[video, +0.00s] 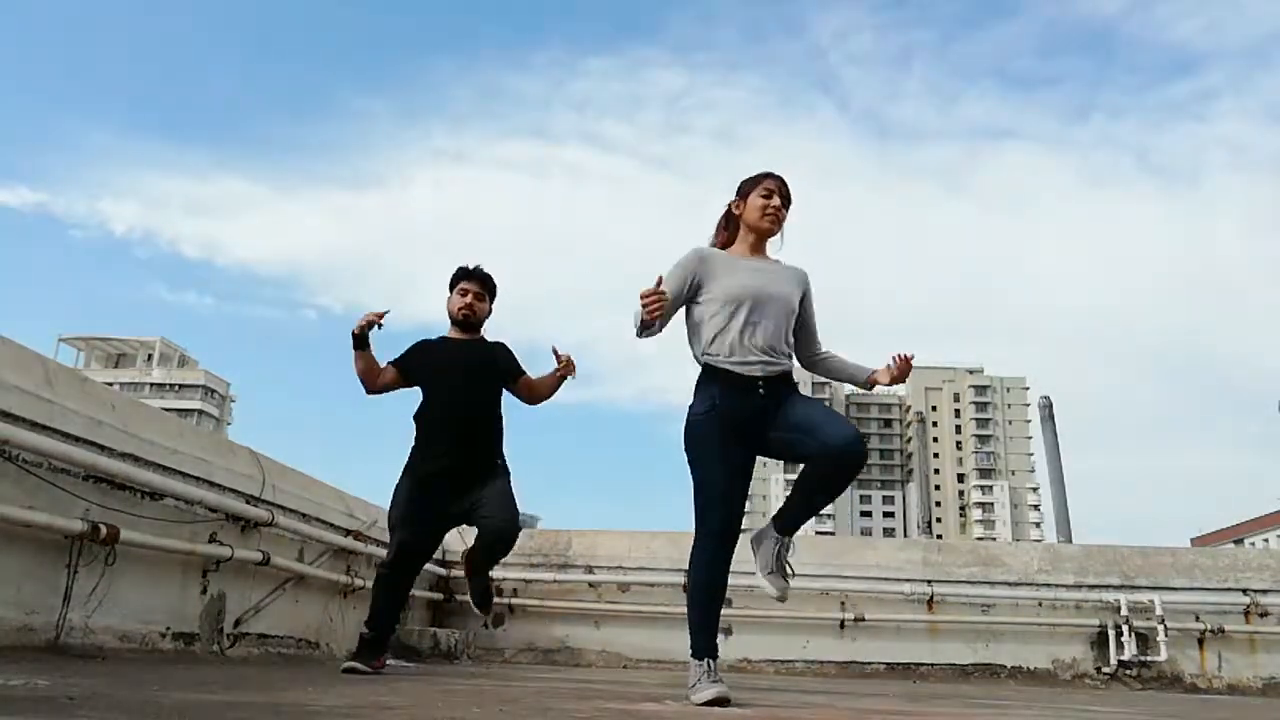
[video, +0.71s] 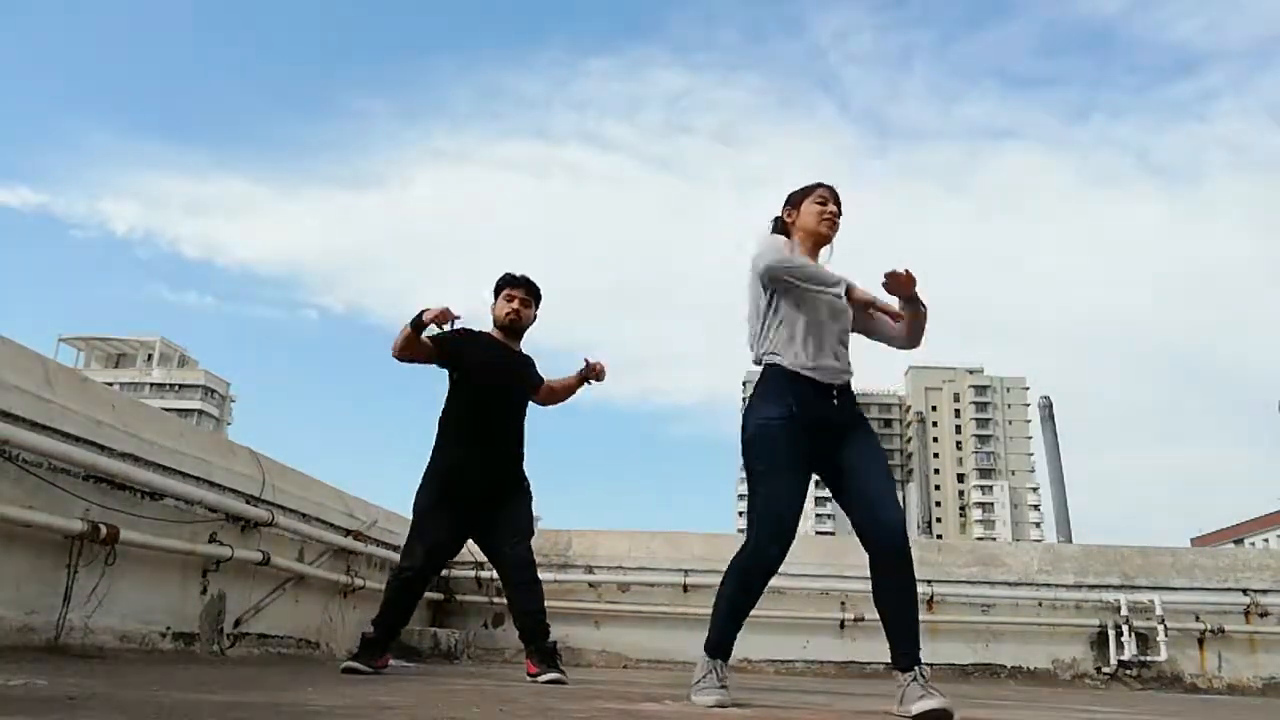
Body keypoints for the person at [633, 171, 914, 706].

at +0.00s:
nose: (775, 205)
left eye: (782, 201)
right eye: (765, 195)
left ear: (785, 217)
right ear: (738, 205)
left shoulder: (794, 279)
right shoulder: (702, 260)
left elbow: (812, 356)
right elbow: (647, 328)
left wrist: (874, 375)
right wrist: (647, 315)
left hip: (780, 403)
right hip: (720, 403)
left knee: (847, 447)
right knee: (717, 534)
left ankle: (776, 536)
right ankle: (703, 664)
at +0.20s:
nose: (783, 207)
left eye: (791, 204)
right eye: (774, 197)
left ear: (791, 220)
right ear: (746, 206)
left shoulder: (792, 279)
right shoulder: (714, 256)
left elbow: (791, 360)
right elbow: (675, 326)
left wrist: (836, 360)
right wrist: (629, 277)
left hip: (787, 400)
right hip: (730, 396)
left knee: (863, 454)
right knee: (724, 532)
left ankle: (814, 556)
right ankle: (706, 665)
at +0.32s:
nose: (789, 213)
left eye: (796, 209)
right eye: (779, 203)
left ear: (797, 226)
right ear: (750, 212)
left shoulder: (804, 285)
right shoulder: (723, 257)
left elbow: (810, 363)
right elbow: (694, 332)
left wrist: (869, 346)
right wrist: (709, 289)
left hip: (796, 409)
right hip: (737, 403)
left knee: (865, 497)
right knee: (733, 537)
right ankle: (708, 667)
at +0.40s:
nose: (794, 224)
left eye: (800, 220)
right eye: (783, 215)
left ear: (802, 237)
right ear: (755, 224)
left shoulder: (811, 293)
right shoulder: (732, 265)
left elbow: (850, 350)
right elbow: (736, 316)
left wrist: (893, 334)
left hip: (802, 418)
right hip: (745, 410)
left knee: (862, 533)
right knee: (748, 541)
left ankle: (901, 666)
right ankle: (709, 669)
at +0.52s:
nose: (811, 238)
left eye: (815, 234)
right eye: (798, 230)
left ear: (816, 254)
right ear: (770, 246)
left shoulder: (817, 304)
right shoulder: (763, 287)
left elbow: (854, 324)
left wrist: (903, 317)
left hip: (814, 436)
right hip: (762, 431)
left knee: (888, 543)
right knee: (782, 566)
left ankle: (911, 679)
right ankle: (714, 666)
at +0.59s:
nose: (821, 230)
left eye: (827, 228)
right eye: (809, 222)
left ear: (826, 248)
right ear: (779, 235)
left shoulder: (827, 300)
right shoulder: (768, 275)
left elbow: (893, 337)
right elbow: (816, 325)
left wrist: (908, 311)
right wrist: (904, 342)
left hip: (827, 430)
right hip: (773, 422)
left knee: (894, 539)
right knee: (782, 560)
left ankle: (912, 680)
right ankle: (715, 664)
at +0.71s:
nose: (831, 212)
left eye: (837, 209)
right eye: (820, 203)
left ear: (837, 228)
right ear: (790, 214)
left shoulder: (836, 290)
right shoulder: (772, 246)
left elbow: (907, 336)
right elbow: (773, 266)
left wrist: (912, 304)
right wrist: (855, 293)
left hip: (840, 410)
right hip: (781, 399)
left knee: (890, 535)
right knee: (769, 541)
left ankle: (911, 679)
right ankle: (712, 665)